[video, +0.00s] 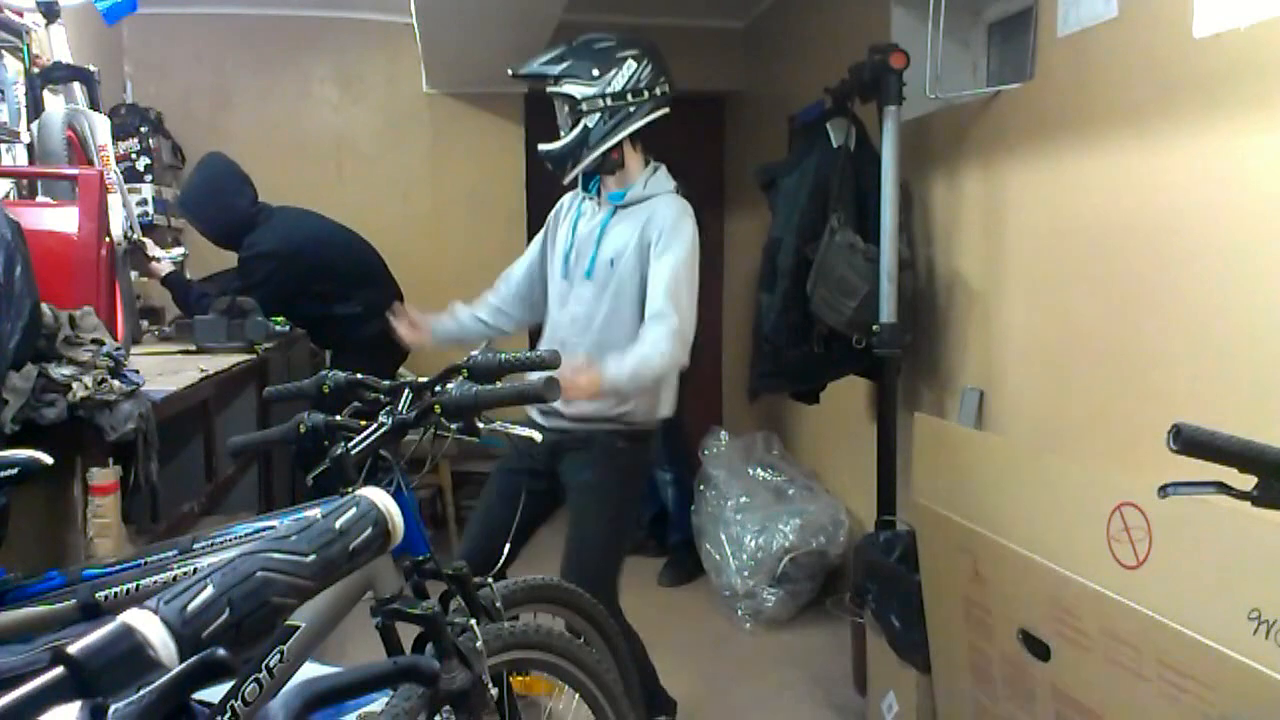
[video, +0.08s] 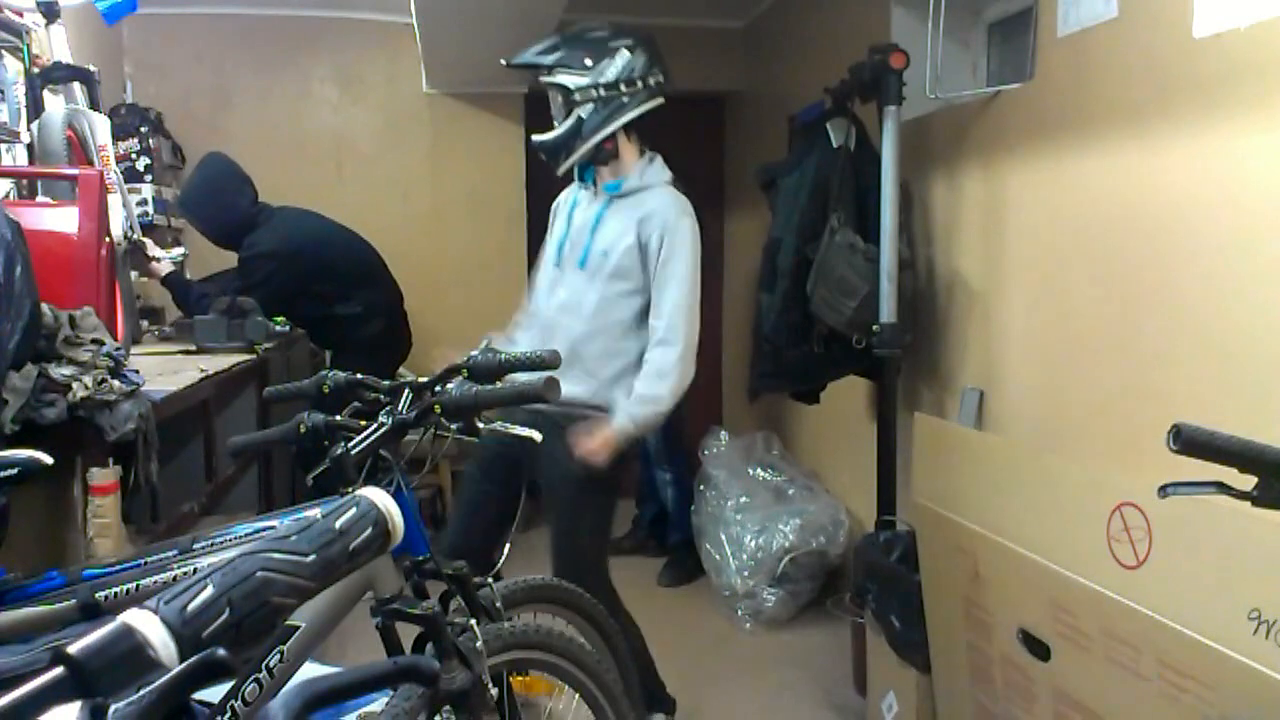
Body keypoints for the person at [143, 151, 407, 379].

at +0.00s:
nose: (203, 232)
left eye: (201, 222)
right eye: (198, 224)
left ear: (216, 217)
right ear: (239, 196)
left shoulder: (266, 252)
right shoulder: (275, 223)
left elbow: (220, 316)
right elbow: (241, 282)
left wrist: (166, 275)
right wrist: (183, 285)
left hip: (370, 343)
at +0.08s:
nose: (203, 232)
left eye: (201, 223)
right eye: (198, 224)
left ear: (217, 216)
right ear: (239, 196)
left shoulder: (267, 252)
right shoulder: (276, 224)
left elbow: (222, 316)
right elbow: (241, 282)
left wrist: (165, 275)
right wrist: (182, 285)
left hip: (370, 347)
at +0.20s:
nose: (205, 231)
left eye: (202, 222)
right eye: (200, 223)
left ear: (215, 217)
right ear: (241, 195)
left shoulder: (268, 251)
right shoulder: (276, 224)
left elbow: (222, 316)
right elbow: (241, 282)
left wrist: (166, 276)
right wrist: (181, 284)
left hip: (370, 348)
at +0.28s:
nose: (205, 229)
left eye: (203, 220)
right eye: (200, 221)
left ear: (217, 215)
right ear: (241, 196)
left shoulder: (267, 250)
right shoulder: (276, 224)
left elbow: (221, 313)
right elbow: (241, 283)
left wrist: (166, 276)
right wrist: (181, 283)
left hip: (368, 342)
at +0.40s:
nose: (205, 226)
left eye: (204, 217)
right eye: (201, 218)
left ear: (219, 213)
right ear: (245, 194)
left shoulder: (268, 251)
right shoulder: (280, 223)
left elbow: (220, 314)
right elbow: (242, 282)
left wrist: (165, 275)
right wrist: (182, 285)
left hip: (367, 356)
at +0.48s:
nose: (206, 224)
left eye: (205, 215)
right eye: (202, 216)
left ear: (219, 212)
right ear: (246, 192)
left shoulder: (268, 250)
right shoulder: (284, 223)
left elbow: (221, 317)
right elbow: (253, 282)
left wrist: (166, 276)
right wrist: (211, 277)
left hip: (366, 363)